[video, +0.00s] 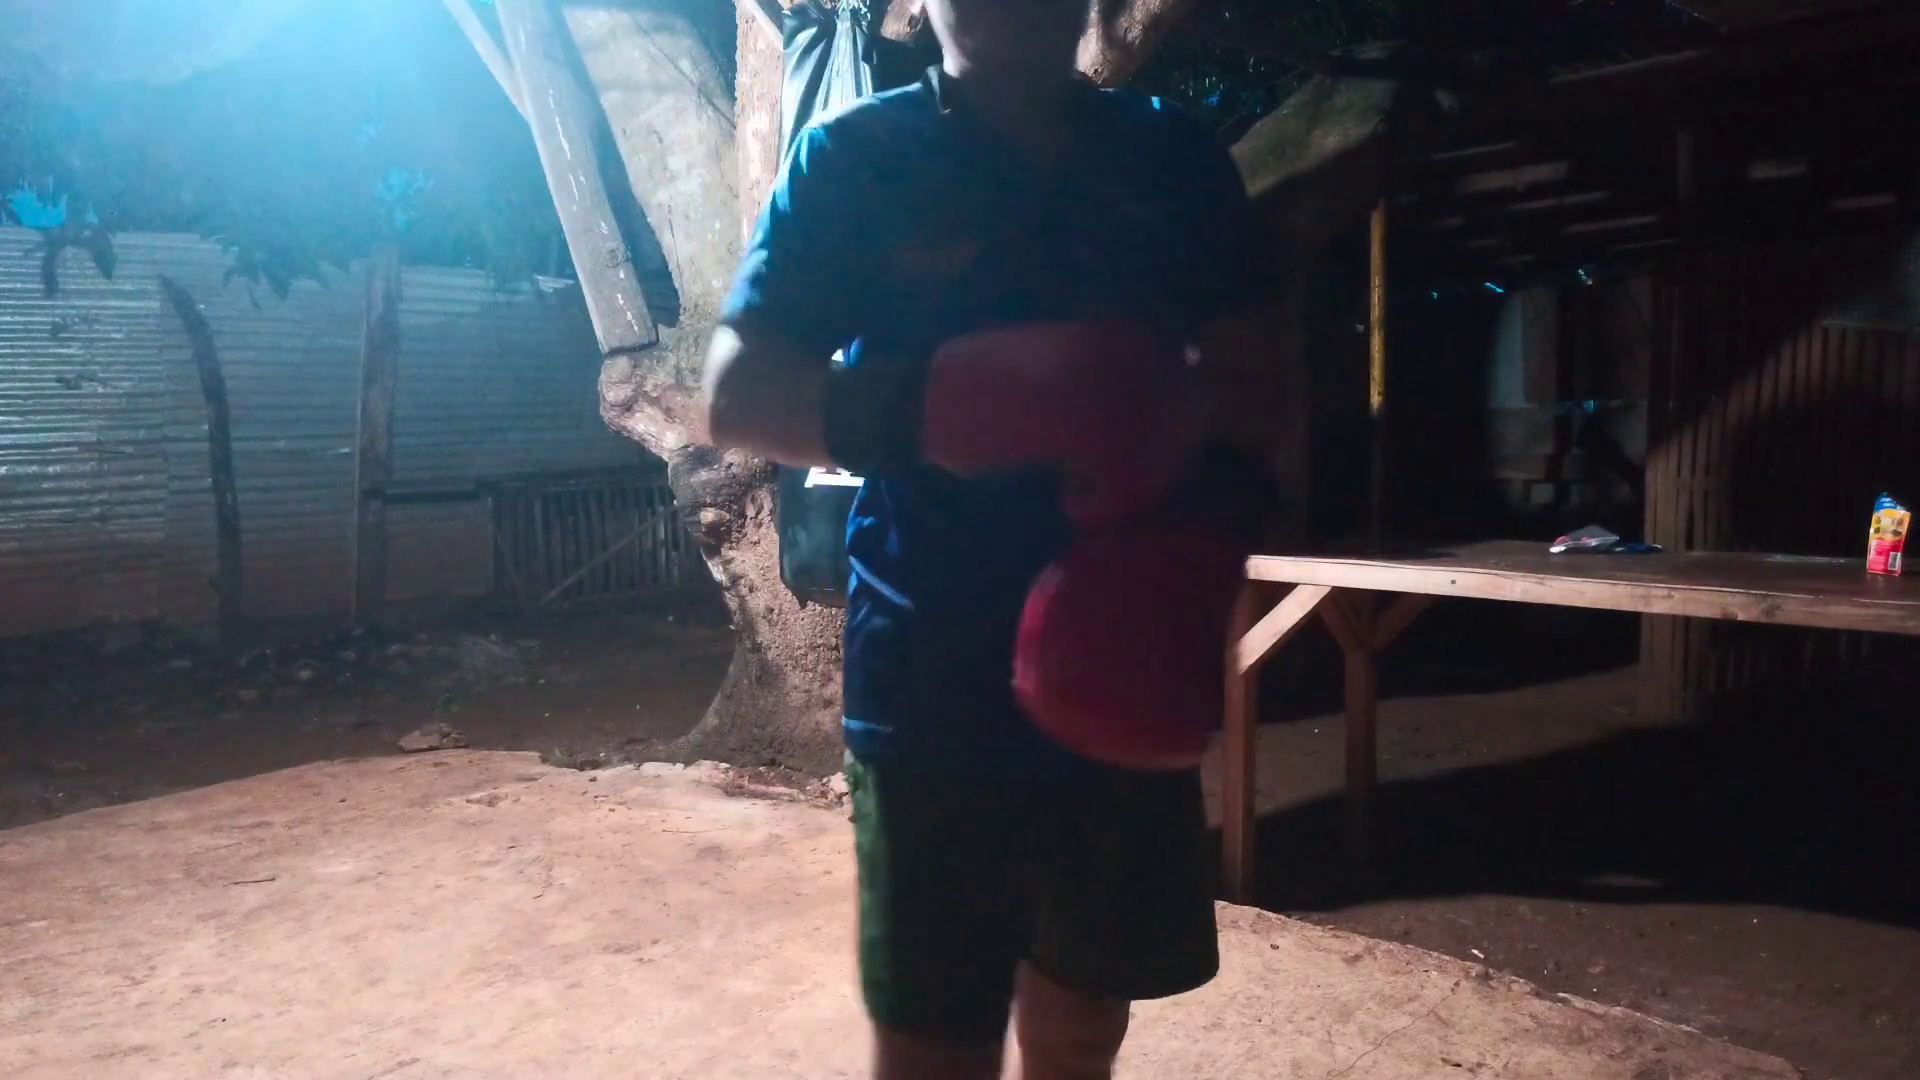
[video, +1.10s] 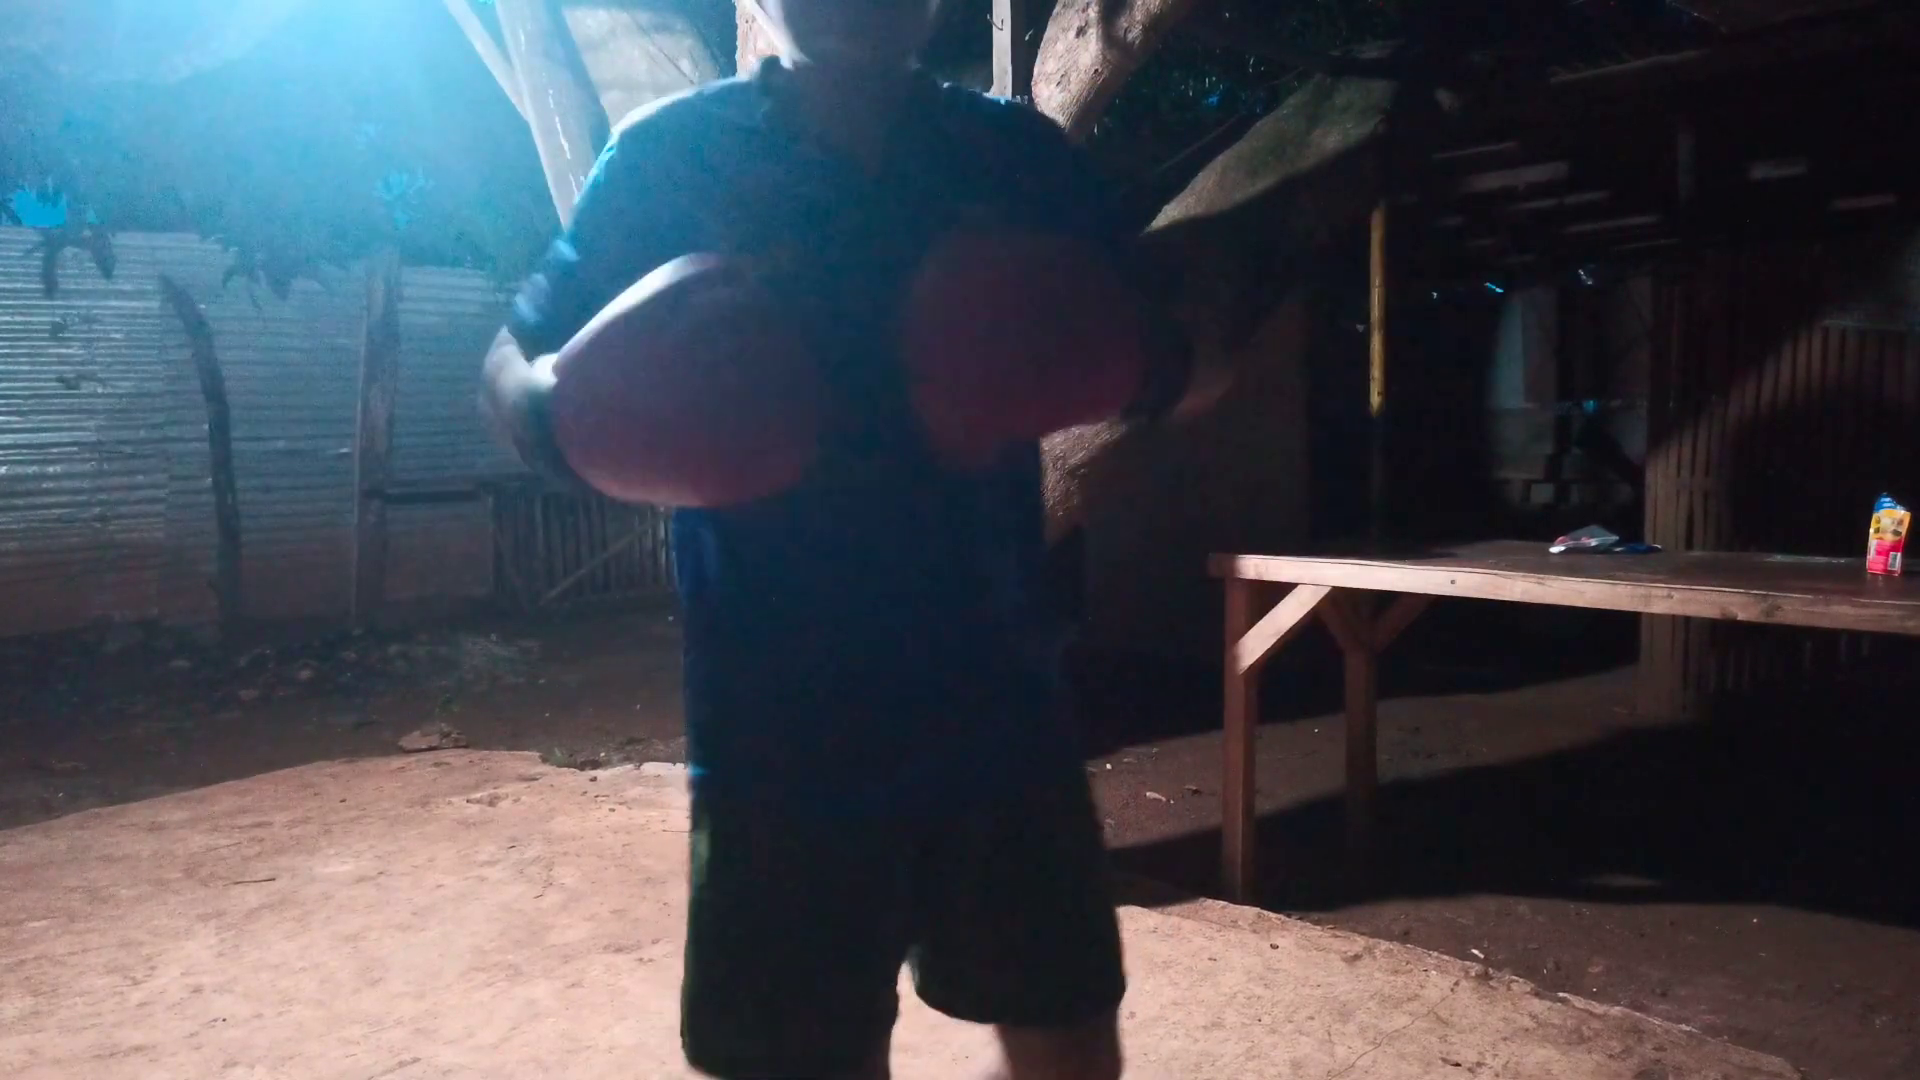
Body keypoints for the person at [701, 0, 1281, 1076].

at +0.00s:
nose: (1003, 2)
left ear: (1087, 2)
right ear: (922, 5)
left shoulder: (1170, 154)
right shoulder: (856, 154)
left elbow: (1265, 385)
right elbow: (742, 398)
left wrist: (1173, 420)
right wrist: (943, 404)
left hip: (1122, 662)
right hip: (932, 667)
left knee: (1082, 1023)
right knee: (931, 1043)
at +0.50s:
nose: (907, 2)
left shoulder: (1056, 148)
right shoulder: (728, 144)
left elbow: (1141, 401)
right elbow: (689, 441)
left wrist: (1087, 572)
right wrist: (905, 586)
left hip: (1040, 681)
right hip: (828, 693)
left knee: (1067, 1034)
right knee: (837, 1053)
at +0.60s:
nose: (894, 7)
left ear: (956, 3)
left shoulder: (1036, 152)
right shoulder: (688, 151)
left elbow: (1137, 404)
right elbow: (590, 425)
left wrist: (1158, 567)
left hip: (1007, 680)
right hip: (789, 695)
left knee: (1077, 1042)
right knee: (795, 1062)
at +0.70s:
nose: (882, 7)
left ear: (941, 3)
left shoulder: (1014, 145)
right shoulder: (671, 140)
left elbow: (1125, 381)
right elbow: (530, 384)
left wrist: (1230, 461)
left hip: (991, 685)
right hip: (779, 703)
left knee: (1087, 1049)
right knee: (771, 1065)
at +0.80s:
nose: (884, 11)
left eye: (908, 2)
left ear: (938, 11)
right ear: (770, 3)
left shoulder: (1008, 148)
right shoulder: (660, 139)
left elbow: (1147, 371)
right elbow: (467, 359)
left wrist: (1326, 357)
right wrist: (308, 391)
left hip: (992, 711)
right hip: (770, 729)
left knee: (1077, 1039)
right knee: (760, 1064)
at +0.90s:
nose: (859, 16)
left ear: (926, 3)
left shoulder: (1009, 161)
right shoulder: (643, 152)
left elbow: (1163, 388)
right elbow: (480, 383)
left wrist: (1362, 324)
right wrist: (281, 392)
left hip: (995, 732)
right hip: (769, 751)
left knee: (1060, 1049)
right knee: (750, 1073)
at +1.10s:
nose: (867, 16)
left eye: (894, 3)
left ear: (935, 10)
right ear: (765, 4)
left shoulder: (1015, 149)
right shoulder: (669, 154)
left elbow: (1186, 360)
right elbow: (513, 368)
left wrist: (1109, 354)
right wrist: (591, 404)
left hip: (994, 703)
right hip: (780, 723)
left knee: (1069, 1037)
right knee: (800, 1060)